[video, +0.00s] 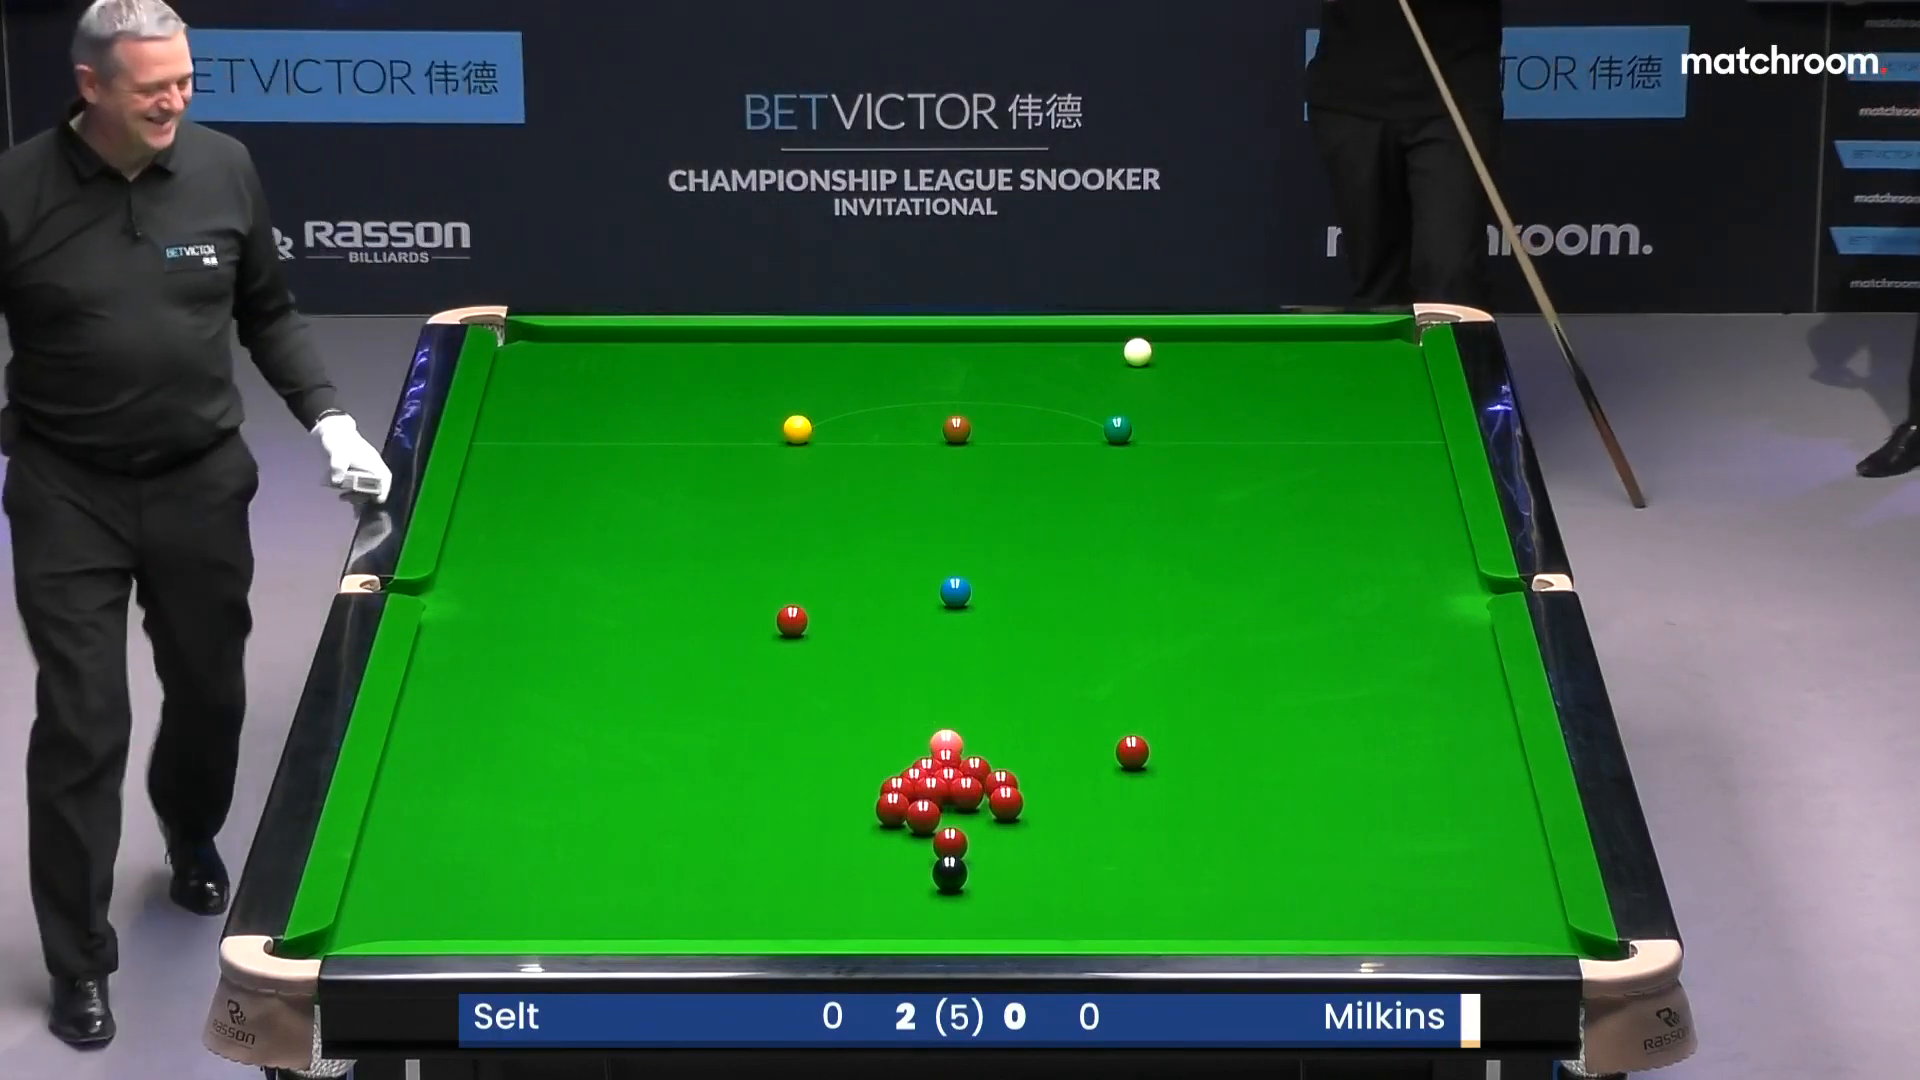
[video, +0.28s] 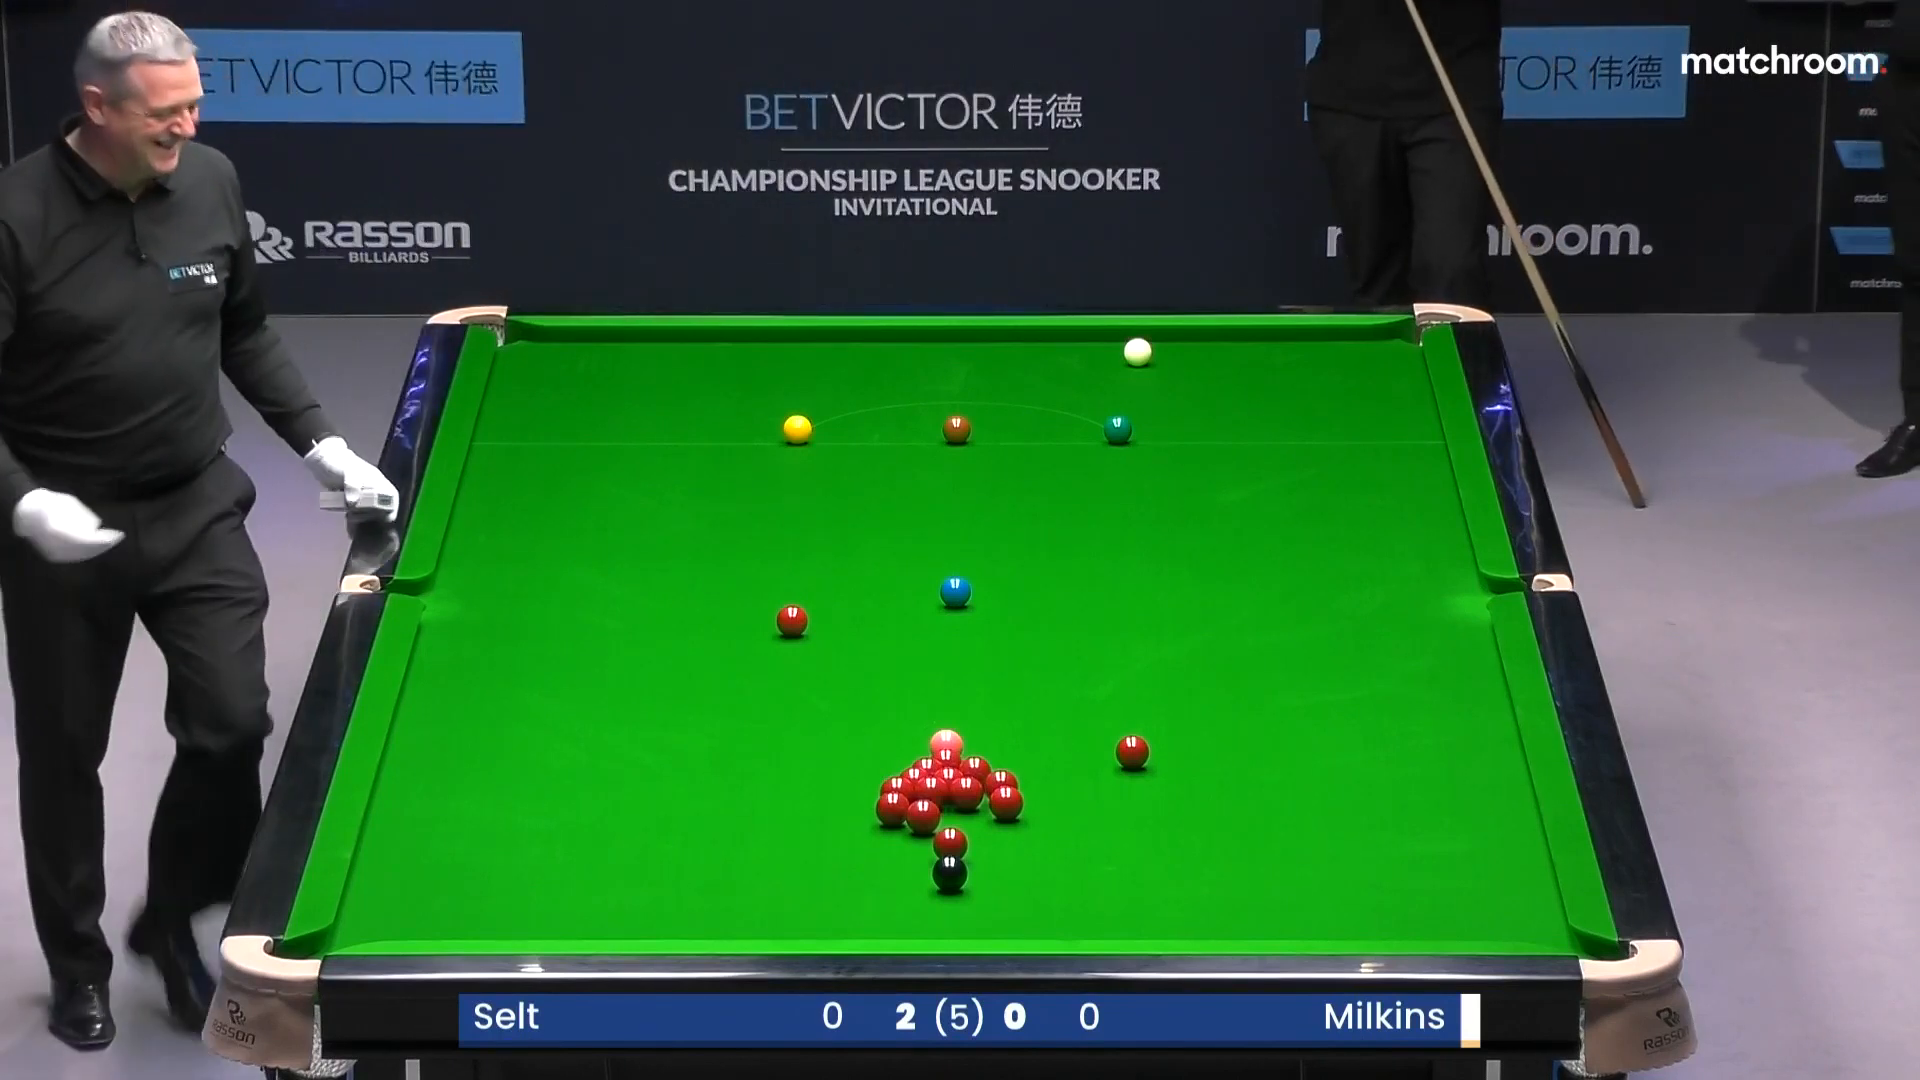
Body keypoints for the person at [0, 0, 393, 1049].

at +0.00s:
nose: (173, 105)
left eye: (182, 84)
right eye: (151, 91)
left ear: (192, 70)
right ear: (89, 84)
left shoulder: (222, 169)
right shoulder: (18, 189)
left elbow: (269, 311)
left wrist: (330, 417)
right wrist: (0, 457)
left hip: (200, 483)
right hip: (63, 486)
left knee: (212, 695)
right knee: (83, 722)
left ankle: (190, 831)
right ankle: (78, 960)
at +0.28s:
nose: (184, 126)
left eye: (192, 106)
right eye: (164, 112)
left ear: (196, 96)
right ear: (96, 107)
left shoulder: (207, 182)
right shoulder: (18, 214)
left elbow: (248, 331)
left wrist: (324, 445)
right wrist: (17, 494)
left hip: (193, 514)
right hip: (55, 533)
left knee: (232, 723)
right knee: (63, 760)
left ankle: (175, 919)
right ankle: (76, 959)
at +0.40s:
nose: (201, 149)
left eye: (208, 130)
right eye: (182, 133)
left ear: (211, 121)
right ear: (111, 126)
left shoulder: (217, 203)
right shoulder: (29, 235)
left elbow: (245, 347)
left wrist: (319, 451)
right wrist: (84, 480)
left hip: (205, 538)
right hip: (67, 549)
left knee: (207, 783)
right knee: (67, 773)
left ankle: (213, 1006)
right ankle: (80, 974)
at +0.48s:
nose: (222, 166)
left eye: (230, 146)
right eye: (204, 149)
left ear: (227, 135)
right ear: (131, 142)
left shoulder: (228, 221)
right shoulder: (50, 249)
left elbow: (248, 363)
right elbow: (18, 426)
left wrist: (322, 460)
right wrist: (133, 481)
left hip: (211, 556)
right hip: (77, 565)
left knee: (206, 802)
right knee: (75, 784)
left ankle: (212, 1031)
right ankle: (81, 973)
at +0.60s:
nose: (264, 182)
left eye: (268, 161)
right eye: (245, 165)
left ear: (249, 148)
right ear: (173, 155)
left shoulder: (244, 238)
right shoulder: (79, 259)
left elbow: (256, 388)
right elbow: (67, 444)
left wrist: (328, 477)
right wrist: (198, 483)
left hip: (235, 575)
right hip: (109, 587)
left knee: (231, 823)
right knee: (99, 807)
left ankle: (218, 1031)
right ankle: (81, 980)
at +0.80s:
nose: (303, 192)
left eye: (308, 172)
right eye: (287, 175)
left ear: (236, 167)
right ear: (215, 164)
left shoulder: (257, 250)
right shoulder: (120, 271)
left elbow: (262, 416)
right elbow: (131, 461)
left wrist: (337, 491)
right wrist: (288, 482)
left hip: (264, 578)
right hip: (158, 593)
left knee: (258, 825)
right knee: (204, 821)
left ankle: (228, 1048)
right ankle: (102, 974)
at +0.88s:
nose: (318, 198)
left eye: (323, 178)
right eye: (301, 180)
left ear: (260, 174)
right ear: (231, 171)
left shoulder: (260, 249)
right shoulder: (138, 280)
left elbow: (265, 422)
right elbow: (158, 470)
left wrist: (332, 509)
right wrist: (319, 488)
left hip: (268, 578)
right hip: (174, 592)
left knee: (286, 810)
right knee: (230, 829)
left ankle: (231, 1035)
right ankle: (141, 1044)